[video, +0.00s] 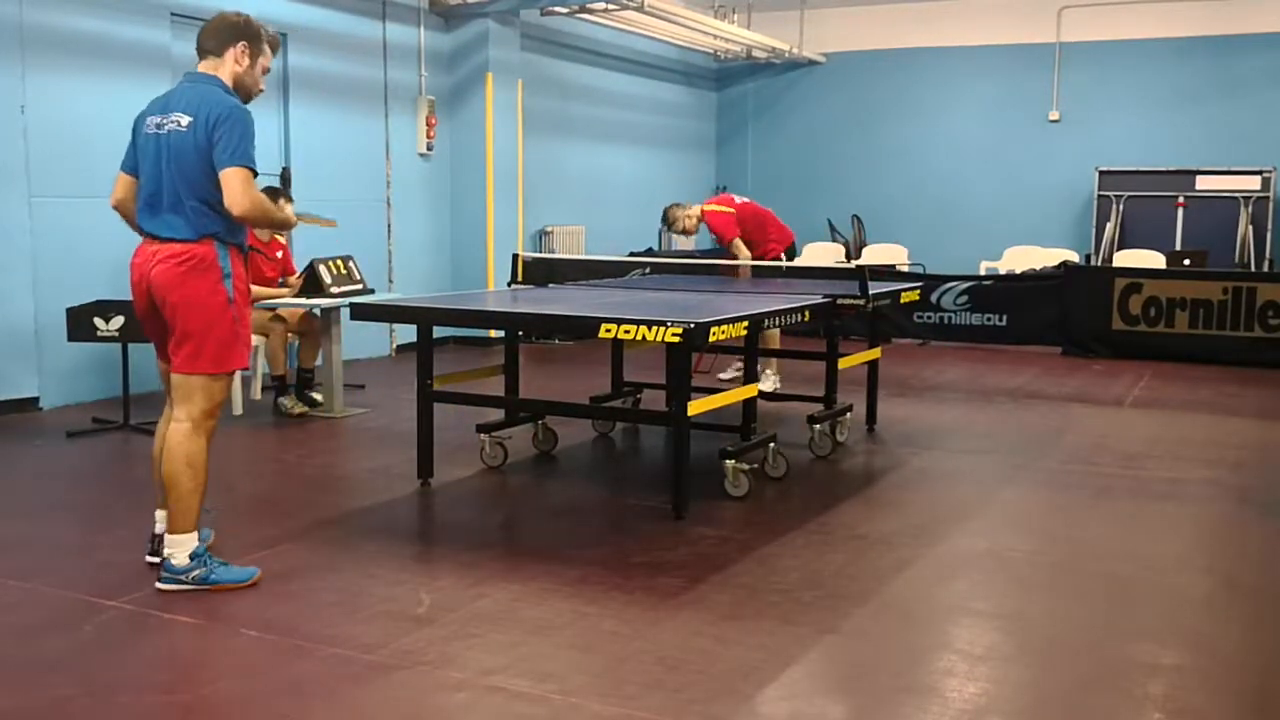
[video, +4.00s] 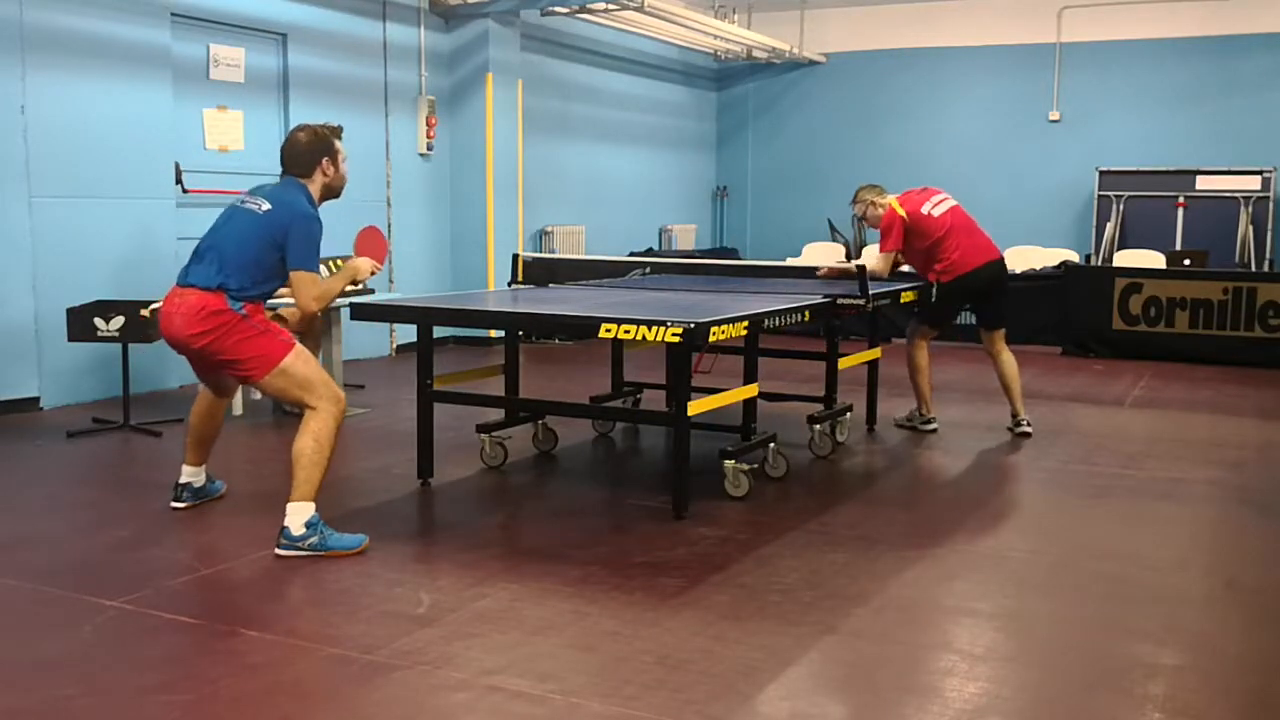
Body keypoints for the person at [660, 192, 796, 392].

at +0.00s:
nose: (687, 234)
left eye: (684, 230)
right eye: (682, 233)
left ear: (688, 214)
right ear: (689, 211)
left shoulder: (714, 217)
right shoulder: (712, 206)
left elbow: (745, 256)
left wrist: (740, 293)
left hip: (777, 251)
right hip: (764, 251)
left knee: (769, 316)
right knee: (750, 311)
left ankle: (771, 372)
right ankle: (746, 361)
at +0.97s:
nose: (756, 188)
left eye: (760, 182)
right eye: (752, 183)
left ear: (770, 175)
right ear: (745, 180)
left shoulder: (790, 196)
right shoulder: (742, 194)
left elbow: (802, 233)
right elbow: (738, 222)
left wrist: (792, 269)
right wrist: (747, 246)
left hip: (784, 260)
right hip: (754, 259)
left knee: (781, 316)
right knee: (739, 311)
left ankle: (773, 372)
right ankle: (729, 363)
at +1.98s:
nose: (902, 140)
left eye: (907, 135)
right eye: (897, 133)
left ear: (914, 135)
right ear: (886, 129)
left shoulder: (918, 164)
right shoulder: (871, 166)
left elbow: (920, 208)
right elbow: (852, 210)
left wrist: (921, 247)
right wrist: (860, 242)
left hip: (914, 261)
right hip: (880, 265)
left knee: (926, 323)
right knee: (879, 331)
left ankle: (923, 394)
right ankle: (834, 372)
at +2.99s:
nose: (867, 174)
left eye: (867, 166)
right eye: (863, 169)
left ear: (881, 152)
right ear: (883, 154)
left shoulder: (908, 168)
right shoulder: (917, 166)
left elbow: (915, 222)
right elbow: (937, 229)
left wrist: (883, 256)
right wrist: (905, 249)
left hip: (954, 252)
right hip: (963, 249)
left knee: (933, 329)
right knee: (946, 330)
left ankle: (925, 409)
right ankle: (957, 403)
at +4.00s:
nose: (869, 225)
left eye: (865, 218)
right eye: (864, 221)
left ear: (876, 202)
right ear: (884, 196)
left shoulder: (893, 213)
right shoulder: (925, 192)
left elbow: (881, 270)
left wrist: (841, 270)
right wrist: (896, 259)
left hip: (954, 276)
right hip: (993, 264)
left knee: (918, 338)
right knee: (997, 344)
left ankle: (924, 413)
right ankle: (1021, 417)